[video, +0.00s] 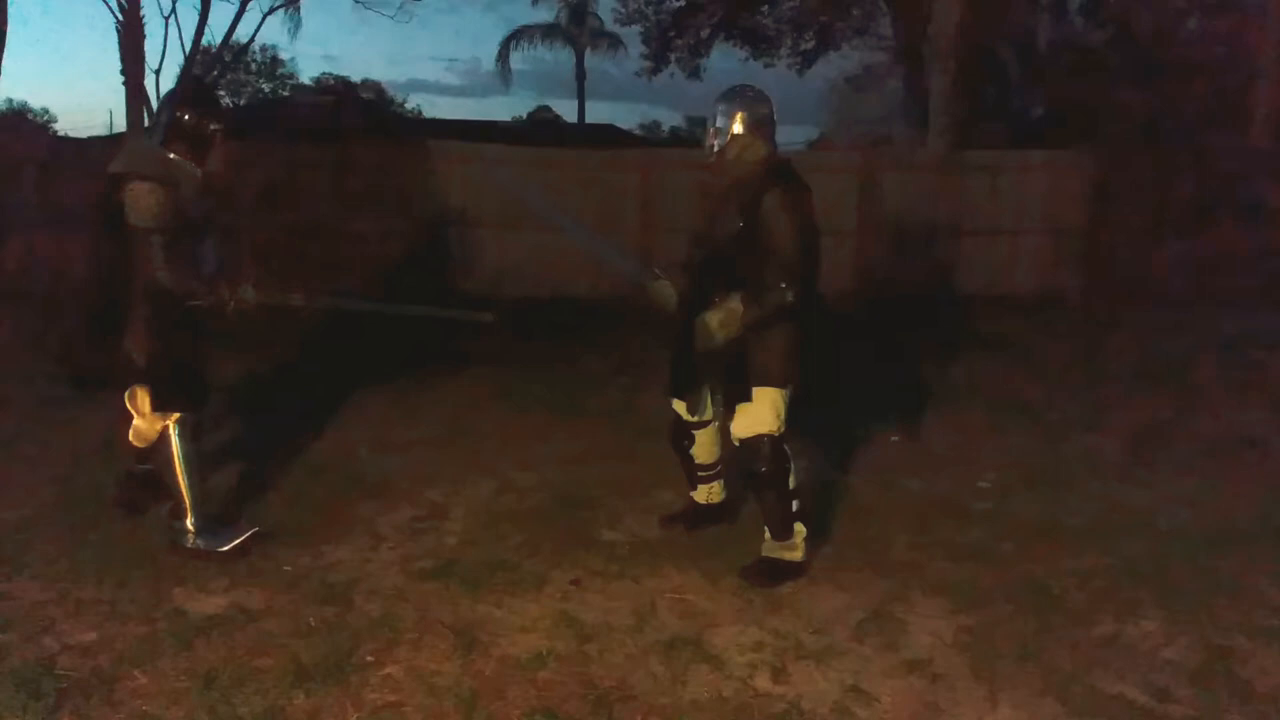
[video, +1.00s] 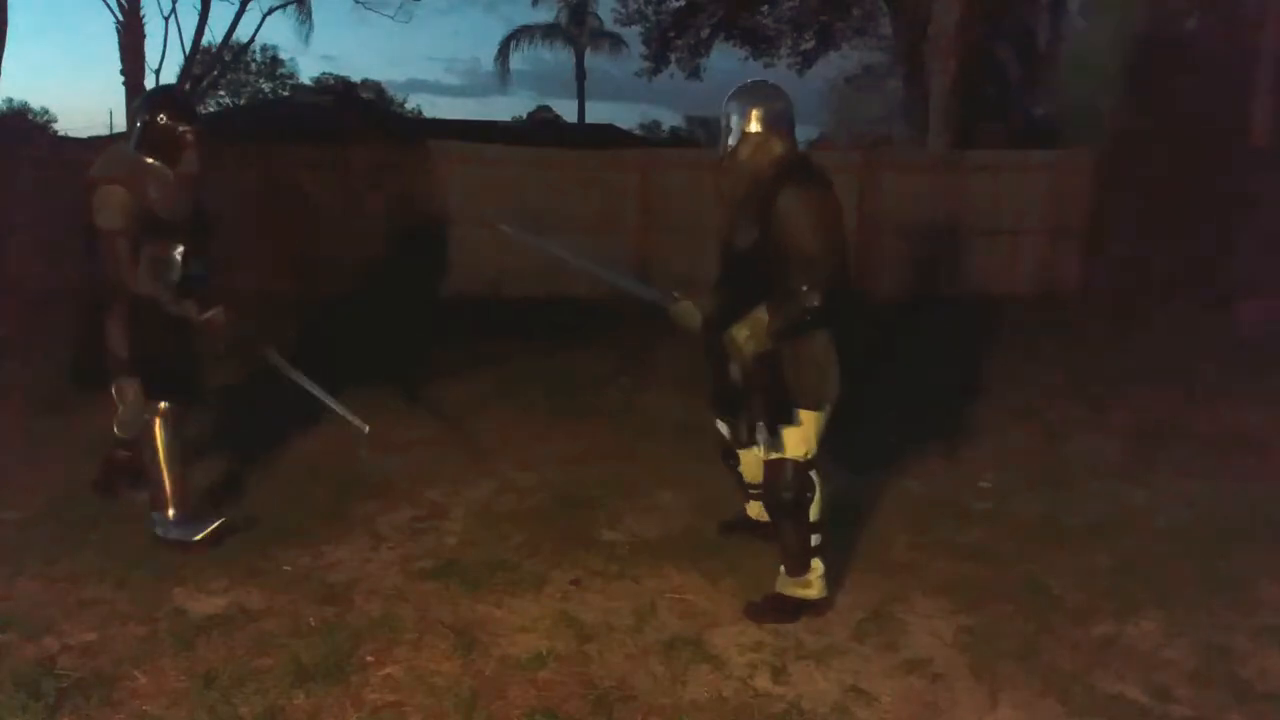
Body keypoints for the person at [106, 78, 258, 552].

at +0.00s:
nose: (215, 144)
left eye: (216, 134)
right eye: (211, 133)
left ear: (182, 129)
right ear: (191, 129)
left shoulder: (184, 179)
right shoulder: (152, 183)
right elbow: (154, 267)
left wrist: (215, 283)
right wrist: (204, 294)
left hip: (171, 308)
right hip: (156, 313)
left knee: (161, 394)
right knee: (178, 406)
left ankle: (138, 472)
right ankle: (194, 522)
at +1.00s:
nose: (187, 138)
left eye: (189, 129)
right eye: (179, 128)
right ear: (154, 127)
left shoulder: (173, 183)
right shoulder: (119, 183)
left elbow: (187, 255)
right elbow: (121, 275)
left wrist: (206, 299)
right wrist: (188, 310)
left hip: (166, 305)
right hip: (137, 308)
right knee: (164, 402)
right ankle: (173, 511)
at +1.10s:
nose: (191, 141)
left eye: (193, 132)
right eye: (184, 131)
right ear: (159, 129)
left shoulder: (175, 184)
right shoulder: (123, 183)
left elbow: (184, 254)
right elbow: (127, 277)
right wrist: (190, 314)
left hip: (168, 305)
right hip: (143, 309)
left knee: (152, 396)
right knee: (170, 402)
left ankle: (124, 466)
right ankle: (176, 512)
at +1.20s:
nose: (195, 142)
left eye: (195, 133)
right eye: (188, 132)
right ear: (165, 129)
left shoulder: (174, 182)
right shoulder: (128, 180)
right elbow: (128, 274)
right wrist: (195, 312)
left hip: (175, 306)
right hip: (152, 310)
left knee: (160, 400)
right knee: (177, 406)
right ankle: (176, 513)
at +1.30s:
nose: (206, 143)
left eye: (205, 133)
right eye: (199, 132)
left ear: (169, 132)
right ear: (175, 131)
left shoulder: (180, 183)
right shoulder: (137, 182)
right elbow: (136, 277)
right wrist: (205, 312)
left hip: (177, 309)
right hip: (156, 311)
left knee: (171, 404)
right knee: (176, 409)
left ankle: (167, 503)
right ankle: (178, 514)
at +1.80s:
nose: (248, 150)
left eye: (248, 141)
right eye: (242, 140)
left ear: (220, 143)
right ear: (221, 140)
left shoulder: (231, 186)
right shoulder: (181, 187)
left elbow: (240, 256)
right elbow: (186, 274)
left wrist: (270, 281)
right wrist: (241, 288)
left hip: (227, 308)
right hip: (195, 310)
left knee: (235, 397)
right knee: (211, 403)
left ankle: (206, 493)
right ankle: (185, 511)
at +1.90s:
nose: (256, 168)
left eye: (256, 159)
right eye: (251, 159)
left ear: (226, 155)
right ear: (231, 157)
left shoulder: (236, 191)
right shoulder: (195, 191)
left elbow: (242, 257)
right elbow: (197, 273)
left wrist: (276, 279)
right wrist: (251, 284)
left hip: (232, 306)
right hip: (207, 308)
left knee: (241, 388)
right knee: (229, 390)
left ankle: (209, 484)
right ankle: (200, 496)